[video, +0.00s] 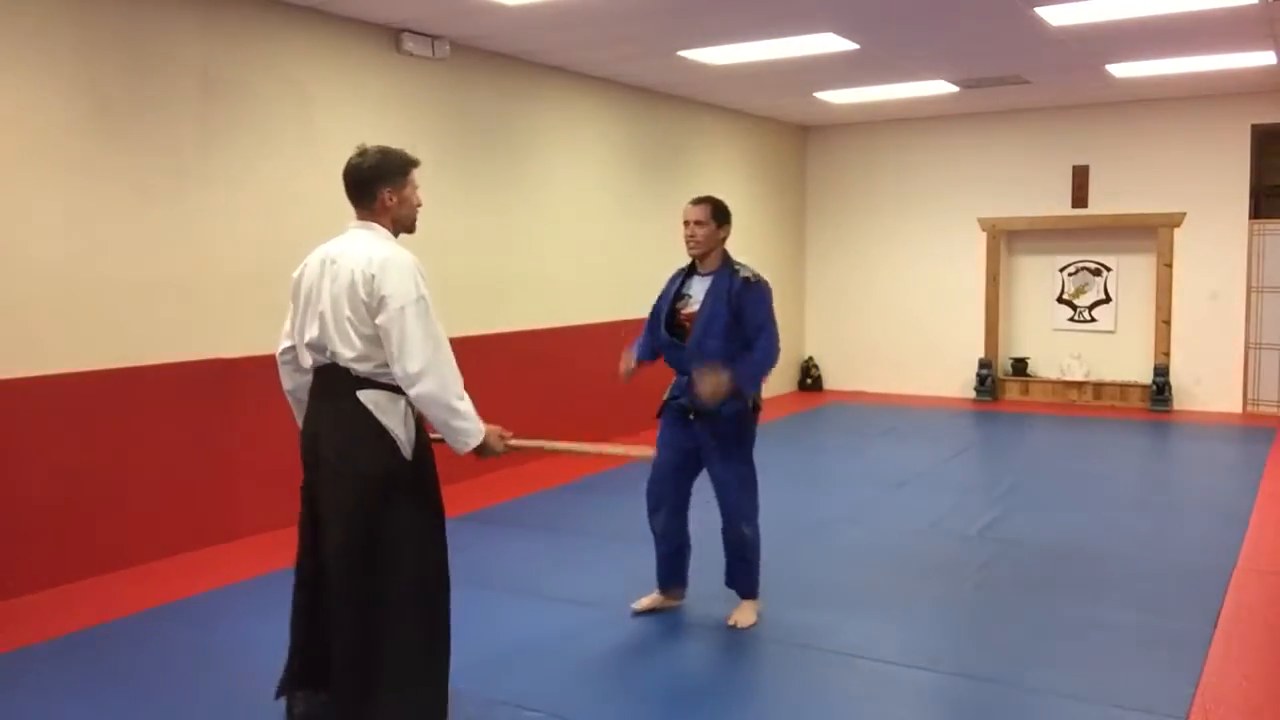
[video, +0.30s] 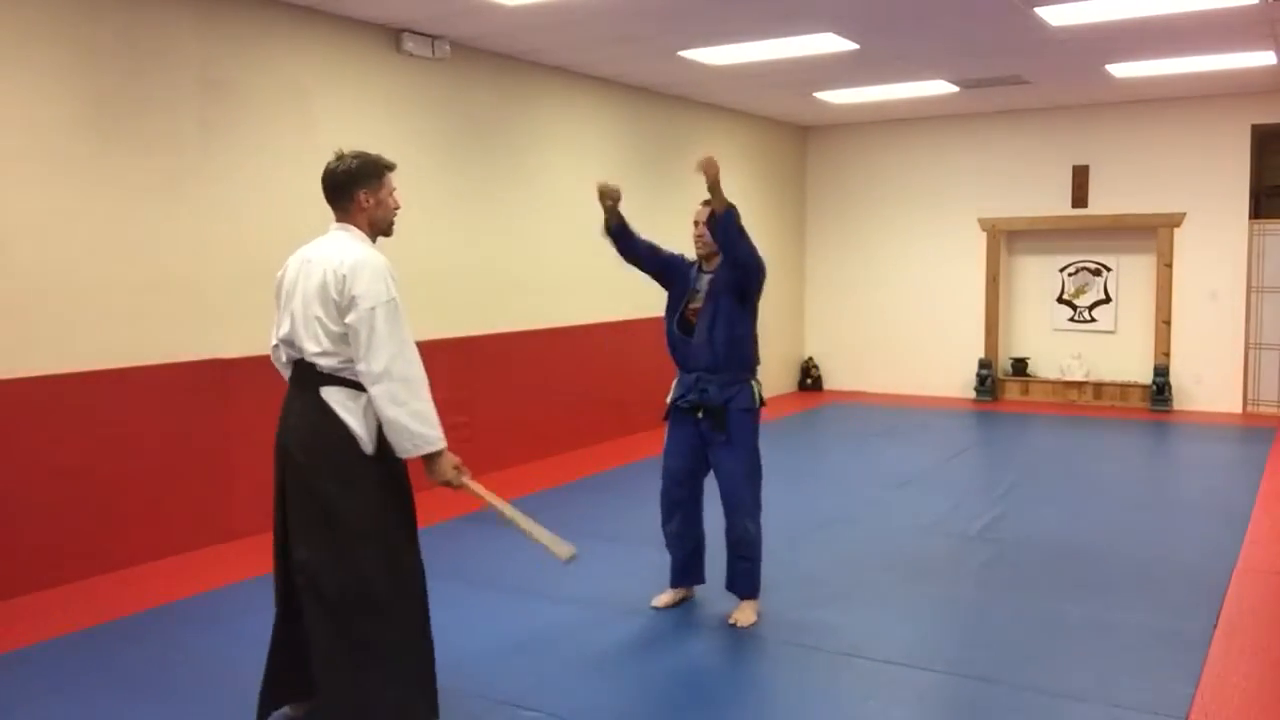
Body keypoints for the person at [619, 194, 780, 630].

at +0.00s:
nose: (690, 233)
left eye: (699, 225)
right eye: (686, 225)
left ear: (723, 231)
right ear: (682, 230)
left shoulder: (748, 286)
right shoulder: (678, 282)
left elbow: (766, 348)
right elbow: (657, 333)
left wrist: (733, 379)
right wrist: (637, 351)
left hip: (729, 416)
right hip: (681, 411)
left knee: (738, 509)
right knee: (663, 497)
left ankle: (748, 597)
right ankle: (671, 589)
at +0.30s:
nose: (699, 232)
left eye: (707, 226)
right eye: (696, 225)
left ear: (726, 232)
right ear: (690, 231)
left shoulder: (742, 276)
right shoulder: (680, 272)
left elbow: (740, 250)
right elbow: (635, 250)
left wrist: (718, 197)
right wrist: (613, 215)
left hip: (733, 402)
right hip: (687, 400)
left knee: (740, 504)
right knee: (677, 492)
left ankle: (747, 597)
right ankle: (683, 583)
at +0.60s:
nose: (693, 237)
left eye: (702, 231)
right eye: (690, 230)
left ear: (725, 236)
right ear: (686, 235)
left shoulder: (746, 286)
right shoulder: (676, 282)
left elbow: (740, 339)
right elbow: (637, 324)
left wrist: (723, 284)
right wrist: (658, 286)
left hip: (735, 408)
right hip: (687, 408)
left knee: (749, 488)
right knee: (676, 492)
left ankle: (756, 560)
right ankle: (686, 583)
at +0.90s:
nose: (694, 247)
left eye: (702, 239)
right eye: (690, 240)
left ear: (725, 243)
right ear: (688, 245)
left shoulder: (753, 291)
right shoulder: (677, 291)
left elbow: (762, 341)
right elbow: (641, 344)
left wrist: (735, 300)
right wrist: (653, 305)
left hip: (736, 411)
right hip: (687, 410)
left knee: (744, 494)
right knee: (665, 488)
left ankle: (757, 564)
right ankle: (670, 583)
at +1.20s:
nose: (640, 254)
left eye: (649, 246)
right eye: (636, 247)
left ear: (670, 251)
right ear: (632, 251)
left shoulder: (697, 298)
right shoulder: (622, 300)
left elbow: (715, 346)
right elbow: (593, 356)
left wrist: (681, 308)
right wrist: (603, 326)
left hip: (687, 416)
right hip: (640, 419)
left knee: (715, 489)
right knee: (631, 502)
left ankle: (749, 552)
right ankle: (657, 586)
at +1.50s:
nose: (561, 253)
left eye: (573, 245)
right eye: (559, 245)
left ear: (600, 251)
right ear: (562, 250)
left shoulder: (607, 285)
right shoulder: (580, 302)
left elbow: (551, 266)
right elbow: (572, 367)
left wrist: (497, 230)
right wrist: (547, 345)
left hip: (618, 419)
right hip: (595, 417)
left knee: (572, 515)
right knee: (616, 507)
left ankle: (544, 629)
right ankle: (664, 579)